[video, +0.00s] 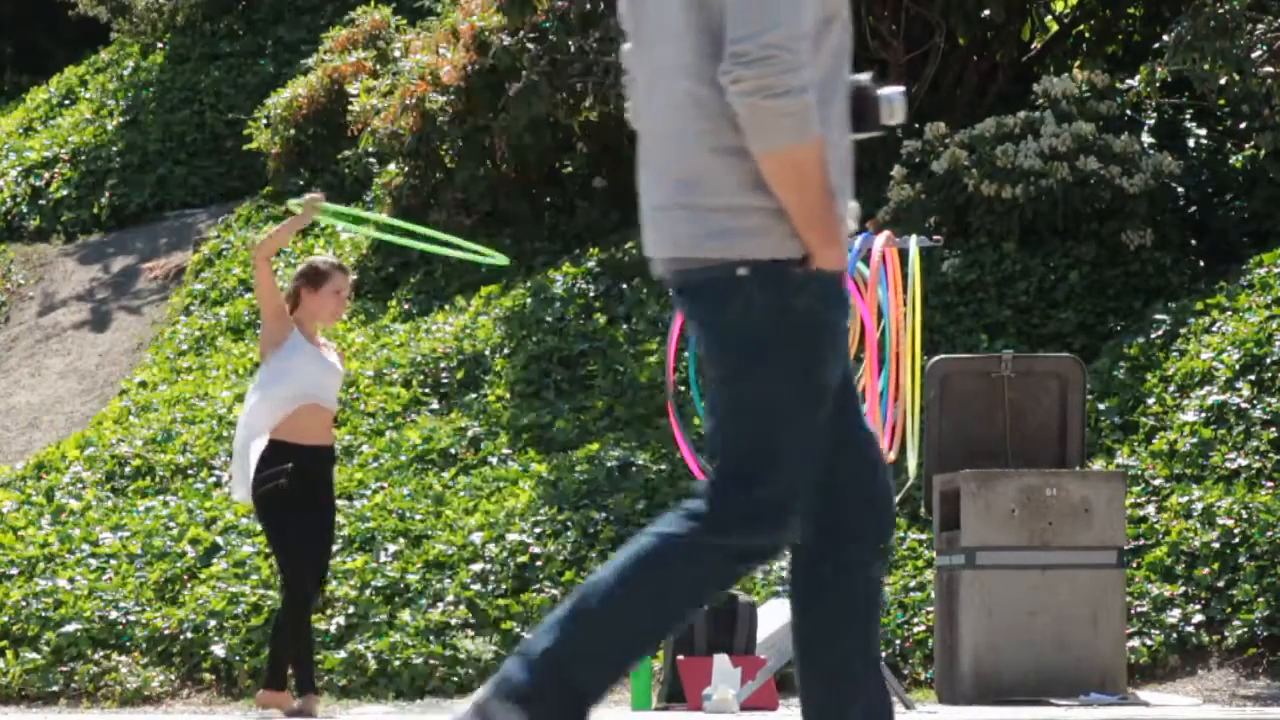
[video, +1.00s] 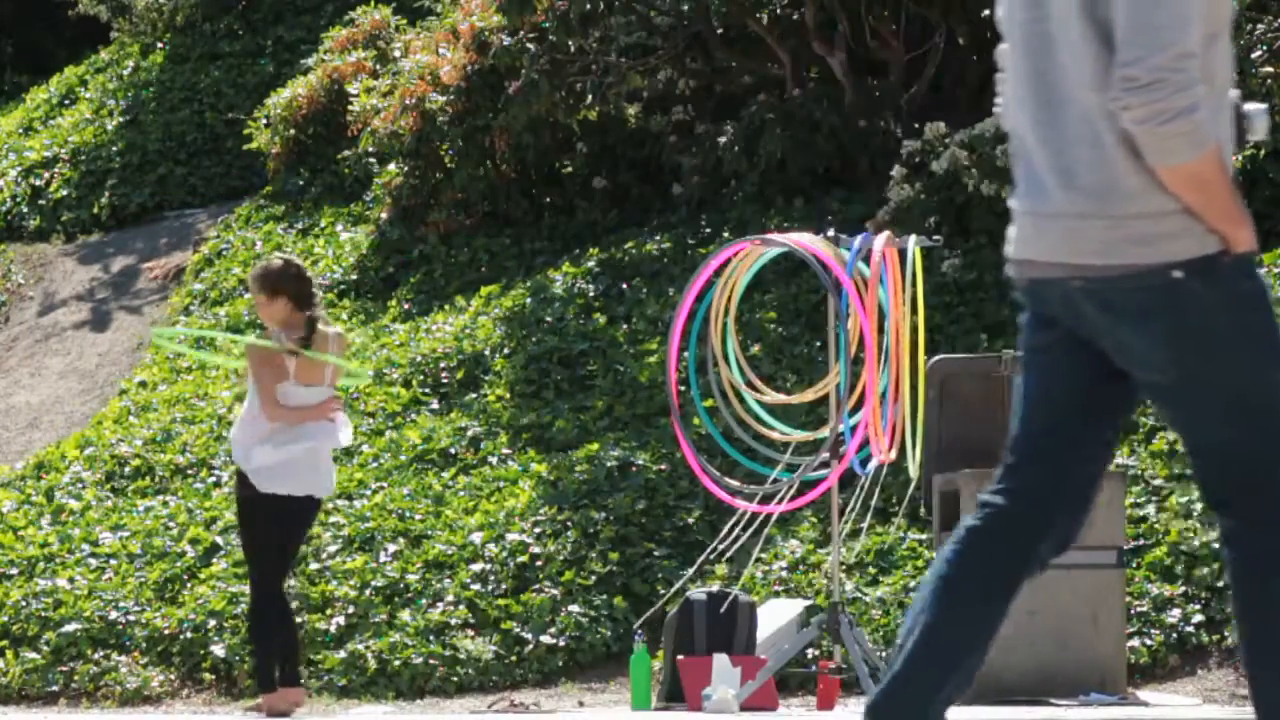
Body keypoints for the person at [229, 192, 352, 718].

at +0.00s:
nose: (343, 303)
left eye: (347, 295)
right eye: (337, 293)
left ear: (334, 302)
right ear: (306, 293)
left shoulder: (330, 349)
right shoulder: (278, 329)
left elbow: (318, 412)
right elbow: (260, 254)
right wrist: (303, 217)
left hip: (321, 467)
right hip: (281, 464)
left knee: (307, 583)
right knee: (298, 582)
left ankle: (274, 686)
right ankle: (306, 693)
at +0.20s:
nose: (342, 301)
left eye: (342, 292)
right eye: (336, 293)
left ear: (315, 297)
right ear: (306, 293)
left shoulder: (306, 345)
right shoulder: (283, 334)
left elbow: (252, 402)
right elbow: (286, 263)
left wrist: (216, 449)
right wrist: (337, 230)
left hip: (302, 463)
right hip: (285, 462)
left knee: (299, 582)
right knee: (301, 580)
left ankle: (278, 694)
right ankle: (306, 692)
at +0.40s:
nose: (325, 296)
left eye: (324, 288)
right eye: (318, 287)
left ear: (283, 292)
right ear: (297, 290)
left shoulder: (271, 336)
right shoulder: (287, 324)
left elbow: (232, 392)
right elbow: (333, 283)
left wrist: (233, 414)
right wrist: (369, 254)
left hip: (264, 474)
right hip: (292, 473)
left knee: (280, 587)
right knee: (314, 585)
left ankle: (270, 695)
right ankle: (317, 692)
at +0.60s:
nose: (310, 295)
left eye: (307, 289)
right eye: (307, 289)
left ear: (269, 298)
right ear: (298, 295)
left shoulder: (253, 345)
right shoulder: (307, 332)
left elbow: (221, 401)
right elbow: (375, 310)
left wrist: (274, 404)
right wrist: (379, 284)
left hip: (246, 483)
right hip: (297, 481)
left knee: (270, 583)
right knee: (315, 584)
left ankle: (268, 694)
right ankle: (319, 693)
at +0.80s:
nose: (253, 302)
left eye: (254, 295)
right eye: (254, 295)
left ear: (262, 300)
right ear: (302, 296)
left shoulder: (249, 350)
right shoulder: (329, 338)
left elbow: (231, 406)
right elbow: (365, 349)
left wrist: (300, 411)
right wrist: (335, 321)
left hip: (249, 478)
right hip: (305, 478)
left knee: (261, 588)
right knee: (298, 586)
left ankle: (267, 694)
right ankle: (314, 689)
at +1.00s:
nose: (256, 308)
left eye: (261, 300)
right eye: (255, 300)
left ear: (284, 300)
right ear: (297, 300)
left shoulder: (263, 347)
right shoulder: (334, 340)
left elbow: (273, 412)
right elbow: (333, 391)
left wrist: (325, 409)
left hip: (263, 473)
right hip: (312, 473)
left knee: (263, 581)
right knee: (274, 579)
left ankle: (269, 689)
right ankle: (292, 681)